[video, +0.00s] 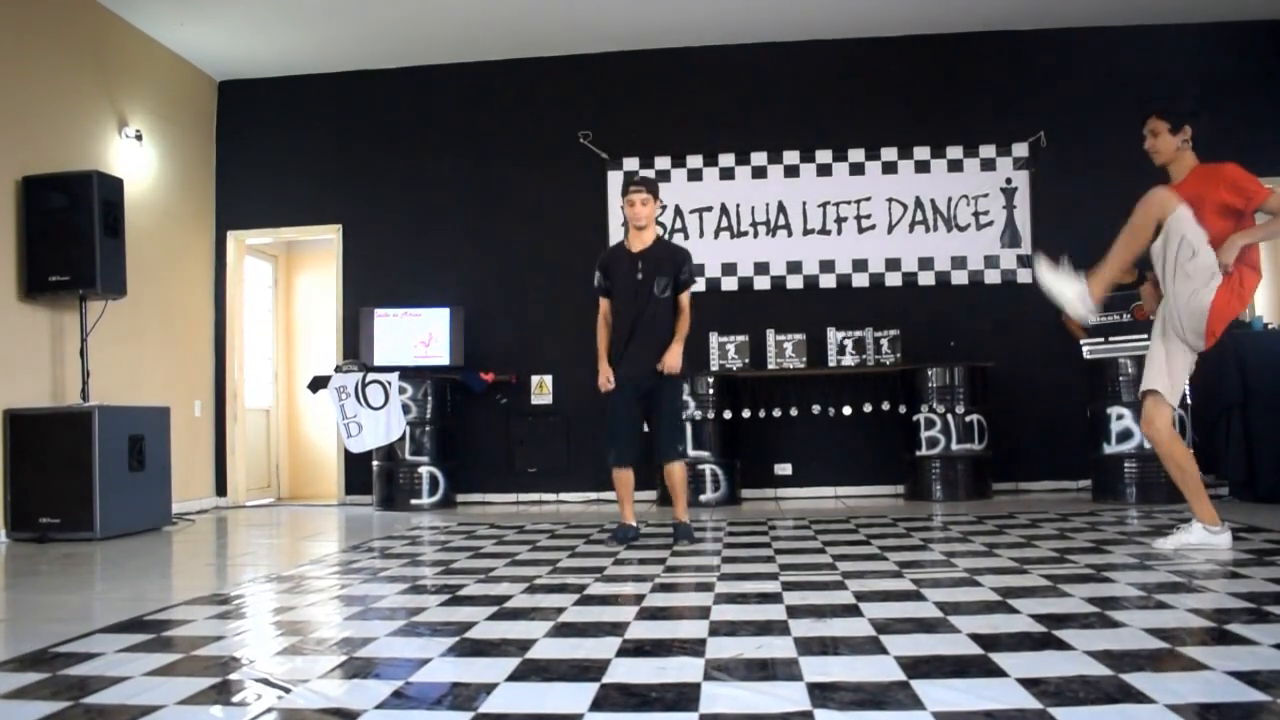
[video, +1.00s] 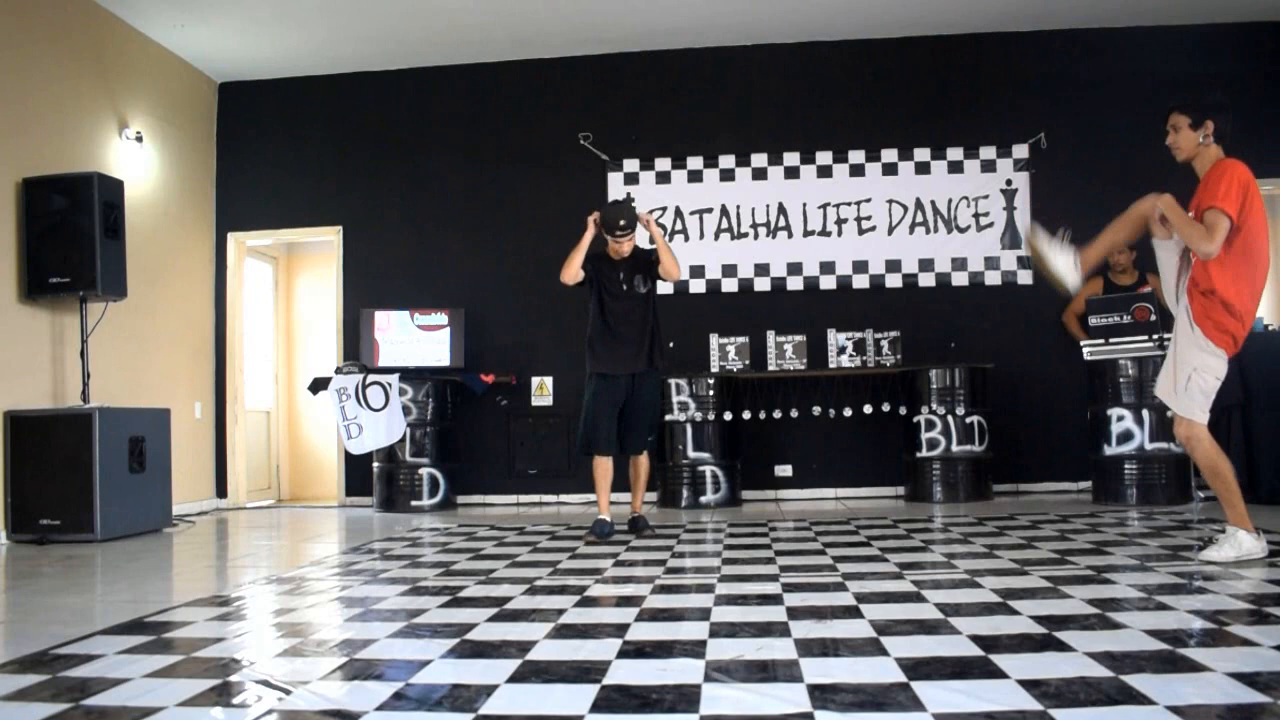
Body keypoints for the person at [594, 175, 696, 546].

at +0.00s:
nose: (637, 209)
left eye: (644, 203)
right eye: (631, 203)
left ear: (656, 207)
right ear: (623, 210)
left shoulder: (676, 256)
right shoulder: (609, 260)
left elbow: (684, 310)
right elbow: (604, 316)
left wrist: (676, 346)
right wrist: (603, 362)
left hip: (662, 365)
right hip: (621, 368)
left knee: (670, 445)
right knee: (620, 447)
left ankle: (681, 519)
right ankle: (628, 522)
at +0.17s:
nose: (631, 195)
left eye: (637, 189)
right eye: (625, 190)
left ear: (649, 192)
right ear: (617, 194)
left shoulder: (669, 236)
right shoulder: (600, 237)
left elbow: (678, 285)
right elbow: (587, 291)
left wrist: (671, 315)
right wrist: (598, 332)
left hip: (657, 349)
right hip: (614, 352)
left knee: (669, 429)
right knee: (612, 431)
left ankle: (681, 512)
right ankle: (612, 510)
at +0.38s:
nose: (621, 217)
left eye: (627, 210)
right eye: (614, 210)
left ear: (637, 213)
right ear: (605, 212)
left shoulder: (654, 259)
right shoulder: (587, 260)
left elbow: (667, 305)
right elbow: (574, 309)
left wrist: (666, 319)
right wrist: (590, 322)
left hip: (649, 364)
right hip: (606, 366)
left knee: (666, 440)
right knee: (602, 443)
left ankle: (680, 518)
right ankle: (602, 518)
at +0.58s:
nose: (611, 238)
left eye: (617, 232)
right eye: (605, 232)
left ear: (626, 227)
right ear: (594, 228)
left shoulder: (639, 255)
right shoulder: (581, 258)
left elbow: (667, 277)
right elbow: (556, 283)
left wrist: (650, 236)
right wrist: (577, 236)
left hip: (640, 364)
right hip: (598, 366)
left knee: (652, 440)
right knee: (602, 445)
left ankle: (657, 512)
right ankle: (602, 518)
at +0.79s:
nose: (617, 244)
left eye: (622, 237)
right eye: (610, 238)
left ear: (630, 231)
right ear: (598, 233)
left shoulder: (640, 257)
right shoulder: (586, 260)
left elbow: (665, 269)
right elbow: (558, 273)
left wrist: (644, 230)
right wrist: (581, 230)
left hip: (639, 365)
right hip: (599, 366)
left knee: (640, 440)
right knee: (602, 441)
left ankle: (637, 511)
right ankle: (603, 517)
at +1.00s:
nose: (622, 247)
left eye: (627, 241)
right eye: (616, 242)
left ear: (635, 235)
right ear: (604, 236)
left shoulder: (646, 259)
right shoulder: (594, 261)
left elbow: (673, 273)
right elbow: (568, 276)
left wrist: (655, 233)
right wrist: (589, 234)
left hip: (644, 368)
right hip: (605, 368)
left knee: (640, 443)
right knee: (602, 443)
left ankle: (637, 513)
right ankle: (603, 517)